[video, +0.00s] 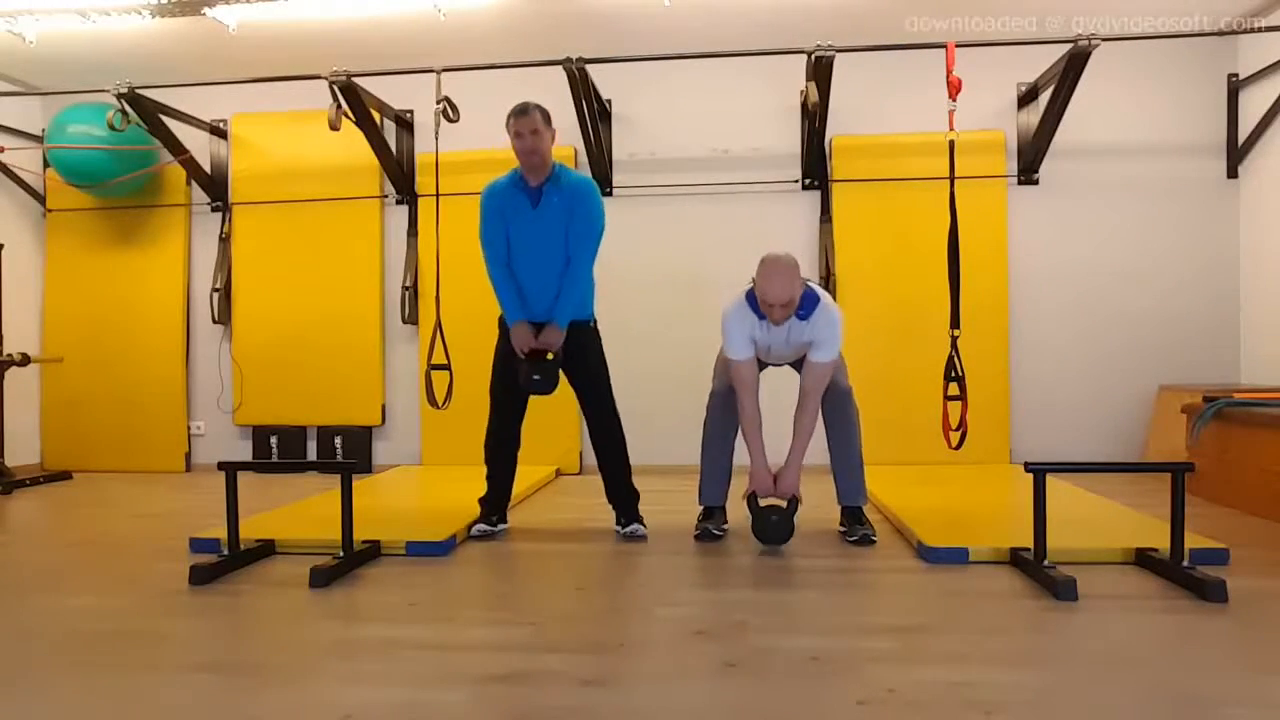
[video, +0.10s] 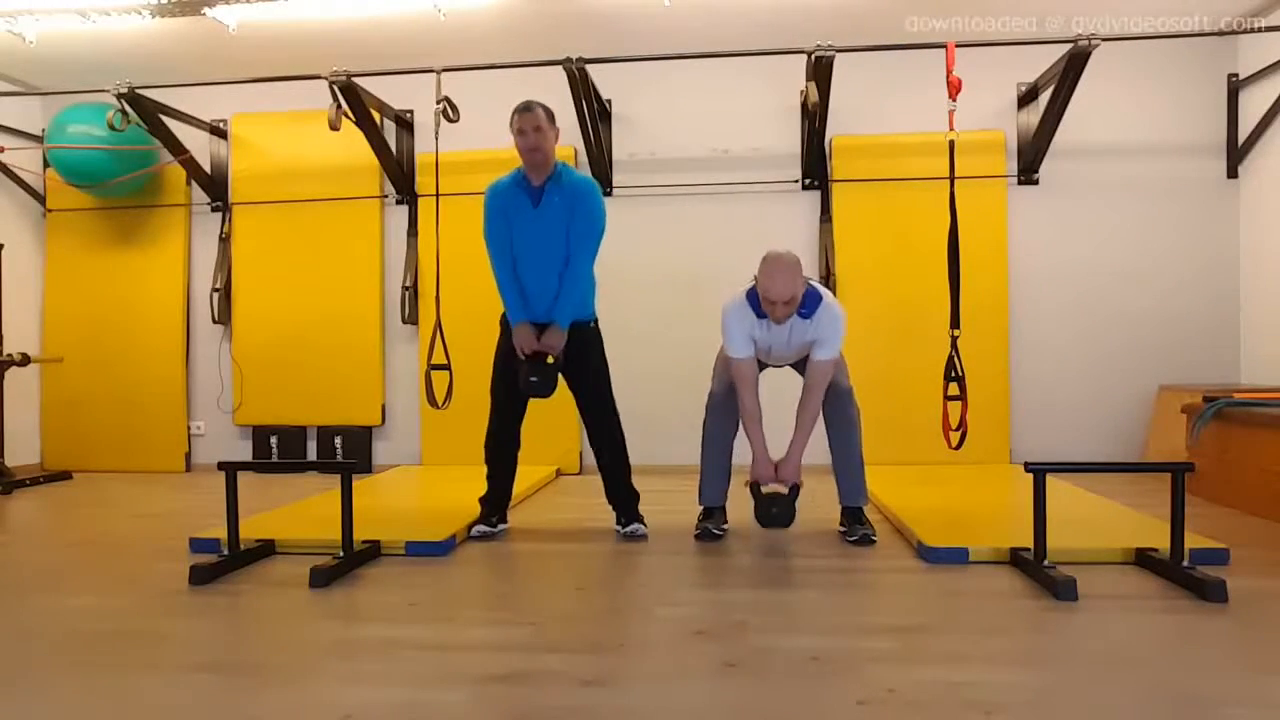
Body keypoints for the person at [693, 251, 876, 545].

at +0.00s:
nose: (776, 314)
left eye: (786, 305)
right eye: (767, 305)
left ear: (801, 290)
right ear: (754, 289)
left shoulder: (826, 316)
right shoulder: (737, 315)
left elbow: (810, 401)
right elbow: (747, 398)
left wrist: (793, 468)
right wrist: (758, 466)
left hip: (807, 351)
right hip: (751, 352)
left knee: (841, 402)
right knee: (721, 404)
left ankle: (852, 510)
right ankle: (713, 509)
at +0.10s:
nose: (778, 312)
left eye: (789, 303)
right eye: (769, 302)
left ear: (803, 288)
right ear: (756, 286)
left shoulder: (829, 314)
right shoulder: (737, 312)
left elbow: (814, 393)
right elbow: (746, 392)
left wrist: (794, 457)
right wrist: (759, 456)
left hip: (807, 352)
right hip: (751, 352)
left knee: (844, 405)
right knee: (720, 406)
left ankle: (853, 511)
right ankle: (713, 509)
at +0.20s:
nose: (781, 298)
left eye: (791, 289)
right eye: (771, 288)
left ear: (806, 275)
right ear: (759, 276)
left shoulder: (831, 307)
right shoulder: (738, 306)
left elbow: (817, 381)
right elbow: (747, 380)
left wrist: (797, 441)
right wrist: (762, 439)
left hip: (807, 351)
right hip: (750, 350)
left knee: (844, 403)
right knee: (720, 405)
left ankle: (853, 511)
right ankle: (713, 510)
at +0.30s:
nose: (779, 286)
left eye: (789, 277)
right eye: (770, 277)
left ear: (805, 267)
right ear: (760, 269)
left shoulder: (832, 299)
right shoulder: (738, 300)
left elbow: (819, 369)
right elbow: (748, 368)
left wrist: (798, 423)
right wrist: (764, 422)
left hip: (807, 349)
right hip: (750, 348)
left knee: (845, 399)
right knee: (719, 404)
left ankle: (854, 511)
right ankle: (712, 510)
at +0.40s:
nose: (776, 278)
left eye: (787, 268)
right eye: (768, 268)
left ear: (805, 258)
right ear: (759, 260)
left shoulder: (833, 293)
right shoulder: (738, 294)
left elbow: (819, 357)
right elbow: (749, 357)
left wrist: (799, 406)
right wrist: (766, 404)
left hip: (809, 347)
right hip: (751, 346)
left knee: (848, 400)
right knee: (717, 401)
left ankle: (854, 511)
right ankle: (712, 510)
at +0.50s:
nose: (775, 271)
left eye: (786, 261)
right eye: (768, 261)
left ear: (805, 251)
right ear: (758, 253)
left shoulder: (834, 289)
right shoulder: (738, 290)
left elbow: (820, 349)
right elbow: (748, 349)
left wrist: (800, 397)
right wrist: (766, 397)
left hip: (810, 346)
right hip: (752, 345)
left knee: (850, 398)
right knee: (717, 400)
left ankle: (854, 511)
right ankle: (712, 510)